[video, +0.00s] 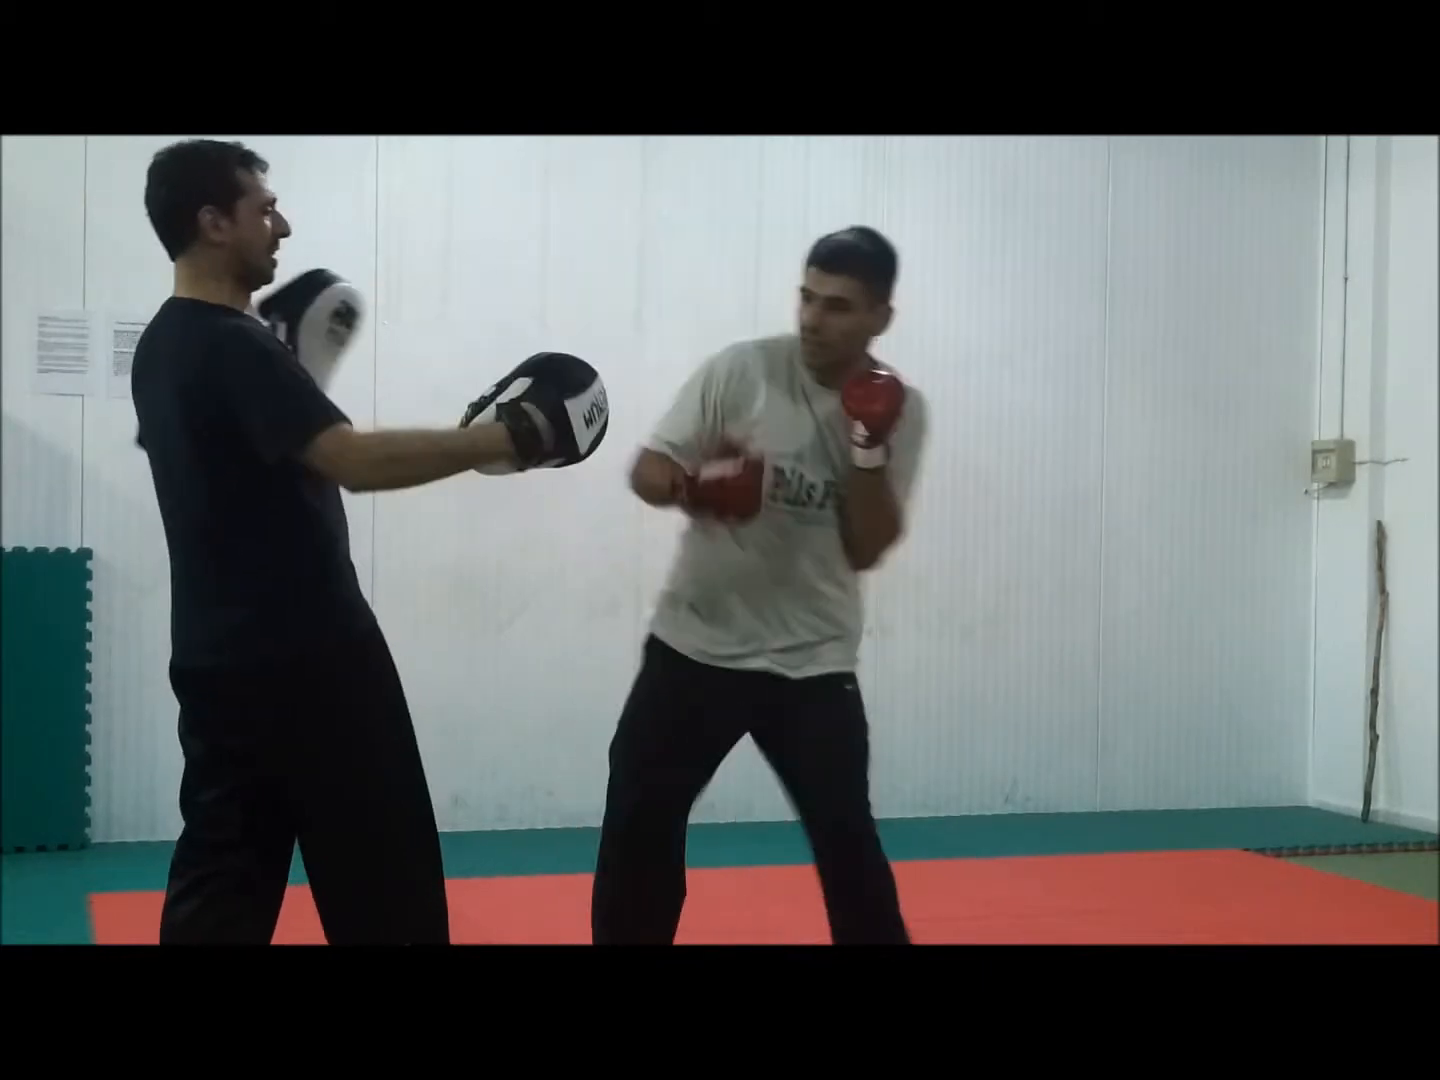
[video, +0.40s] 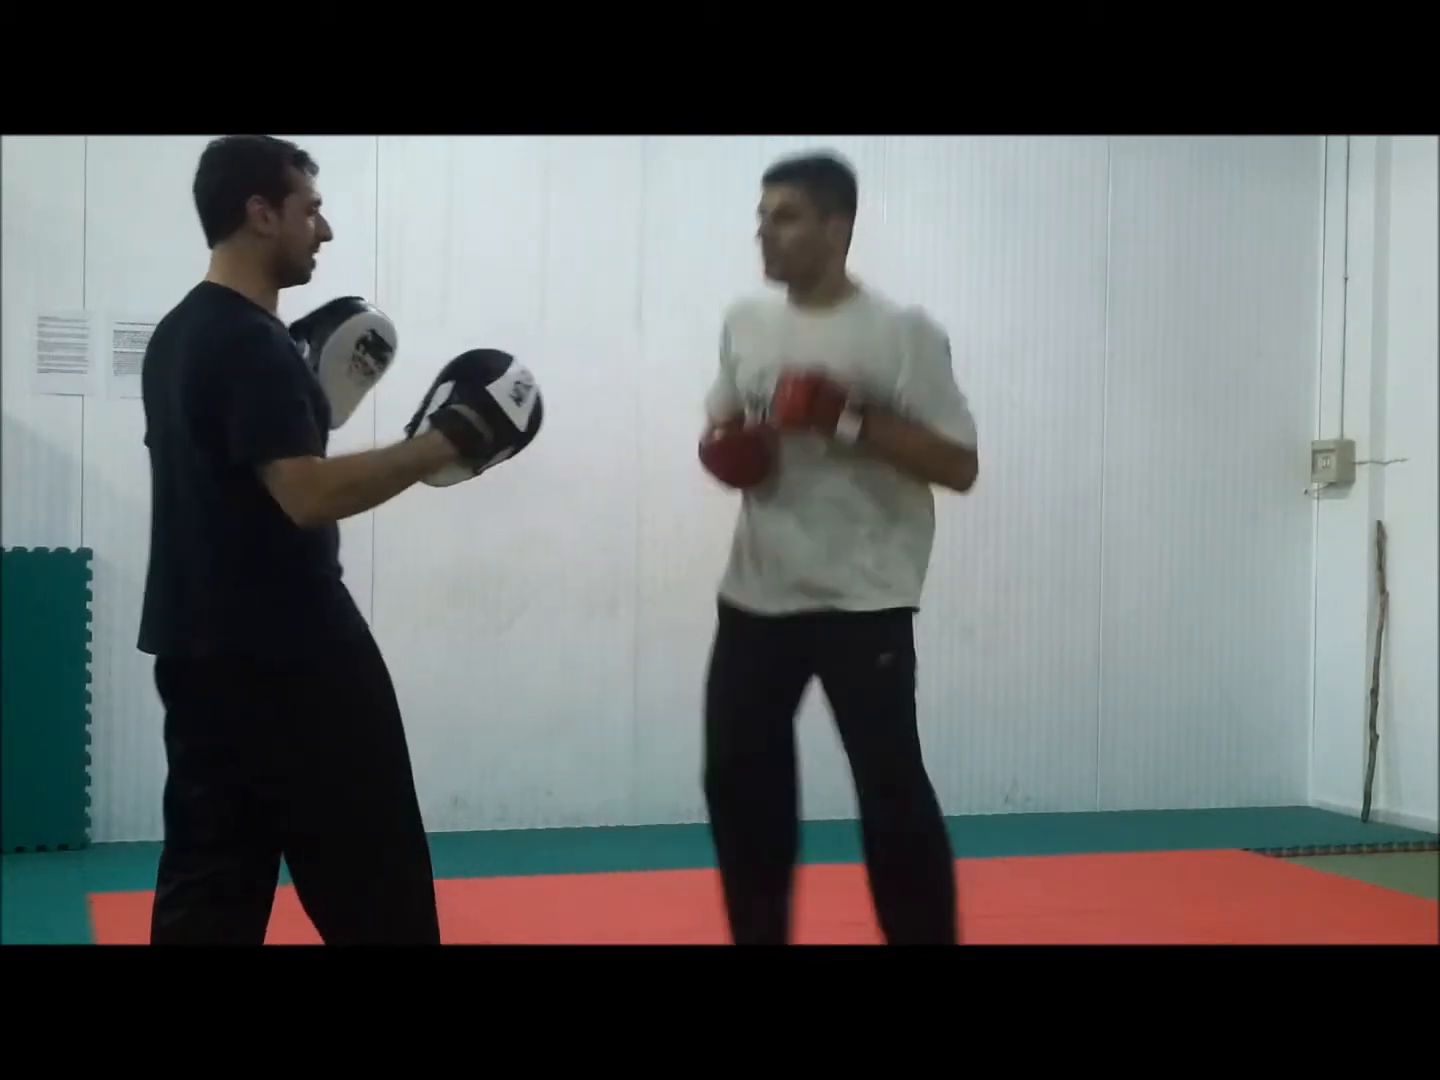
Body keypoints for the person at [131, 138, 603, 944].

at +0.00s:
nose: (281, 224)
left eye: (275, 207)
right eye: (265, 208)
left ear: (207, 229)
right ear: (213, 224)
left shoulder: (164, 344)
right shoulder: (234, 341)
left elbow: (230, 468)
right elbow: (350, 458)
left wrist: (285, 364)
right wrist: (507, 440)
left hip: (219, 660)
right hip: (312, 656)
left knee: (220, 884)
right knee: (387, 881)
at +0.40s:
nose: (325, 226)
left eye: (320, 206)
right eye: (312, 206)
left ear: (247, 216)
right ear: (260, 212)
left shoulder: (179, 332)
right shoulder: (250, 338)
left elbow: (218, 482)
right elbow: (308, 495)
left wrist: (312, 403)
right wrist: (443, 444)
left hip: (201, 651)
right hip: (294, 654)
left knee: (209, 887)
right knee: (379, 889)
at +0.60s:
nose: (306, 272)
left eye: (311, 252)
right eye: (306, 249)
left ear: (216, 233)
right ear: (266, 235)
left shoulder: (110, 337)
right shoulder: (251, 345)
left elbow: (61, 487)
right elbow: (286, 502)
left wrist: (68, 607)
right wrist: (410, 499)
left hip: (122, 654)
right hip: (239, 657)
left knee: (106, 882)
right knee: (267, 888)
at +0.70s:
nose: (306, 272)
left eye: (311, 252)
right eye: (306, 249)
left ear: (215, 233)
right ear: (264, 235)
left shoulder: (109, 337)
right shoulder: (250, 346)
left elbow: (60, 487)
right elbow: (285, 504)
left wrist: (67, 608)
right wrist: (409, 500)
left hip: (123, 654)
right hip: (239, 658)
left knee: (107, 880)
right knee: (267, 889)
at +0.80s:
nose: (304, 273)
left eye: (309, 253)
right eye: (304, 249)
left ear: (214, 232)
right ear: (263, 234)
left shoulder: (109, 337)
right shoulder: (247, 348)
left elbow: (61, 487)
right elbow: (283, 508)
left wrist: (70, 607)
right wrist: (410, 500)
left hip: (121, 656)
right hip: (238, 658)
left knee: (107, 879)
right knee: (267, 887)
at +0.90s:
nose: (304, 273)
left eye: (308, 253)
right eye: (303, 249)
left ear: (213, 232)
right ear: (261, 233)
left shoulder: (107, 338)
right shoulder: (244, 347)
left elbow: (60, 488)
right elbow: (281, 507)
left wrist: (68, 608)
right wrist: (407, 499)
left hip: (121, 660)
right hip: (237, 663)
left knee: (104, 887)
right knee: (267, 895)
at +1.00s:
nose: (301, 274)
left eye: (304, 252)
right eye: (298, 249)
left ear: (223, 235)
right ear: (257, 235)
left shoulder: (107, 337)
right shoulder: (238, 343)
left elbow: (58, 486)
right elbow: (295, 491)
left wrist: (66, 609)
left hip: (119, 649)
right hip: (233, 653)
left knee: (107, 872)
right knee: (266, 881)